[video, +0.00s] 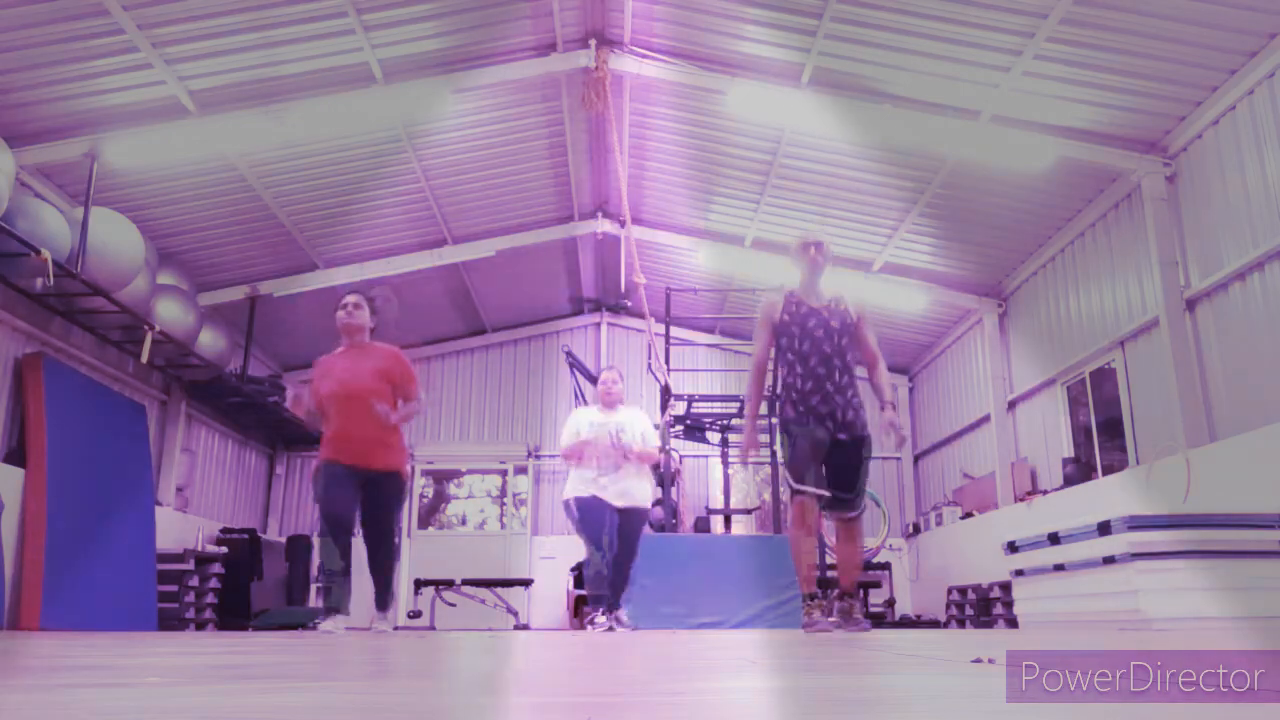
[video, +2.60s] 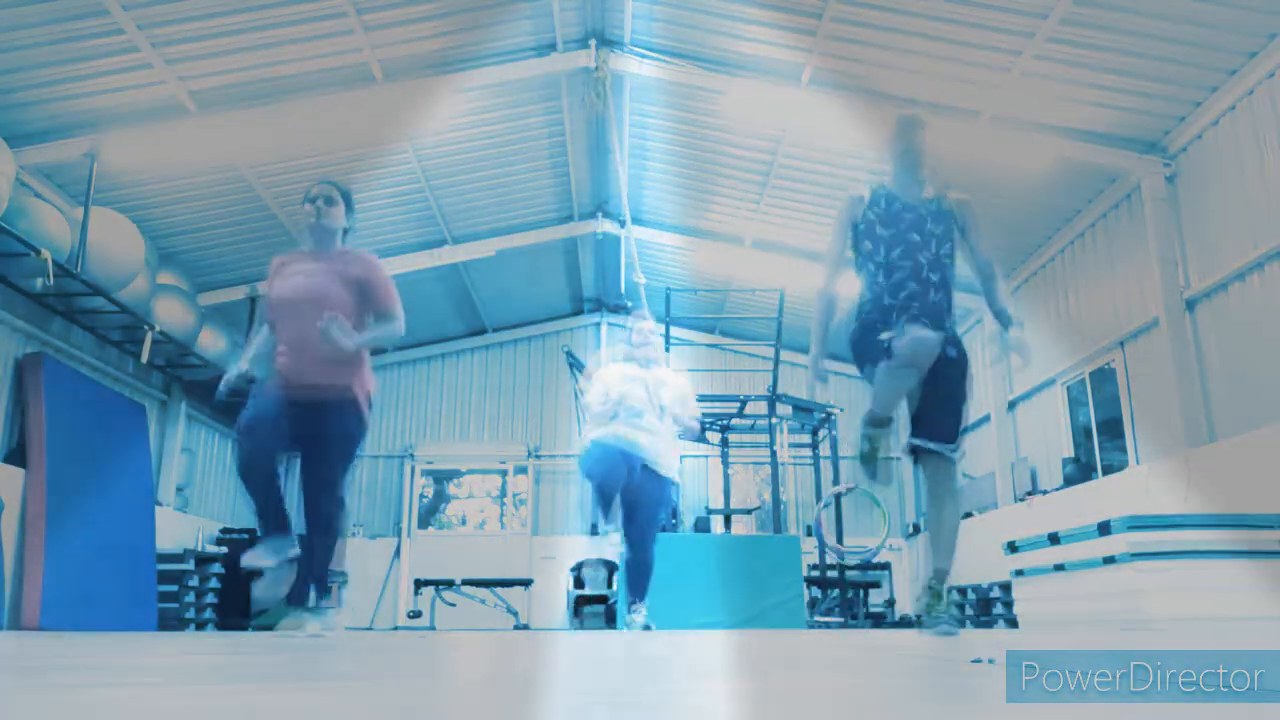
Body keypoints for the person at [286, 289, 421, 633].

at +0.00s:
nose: (349, 311)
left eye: (357, 307)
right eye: (343, 307)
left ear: (371, 319)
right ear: (336, 320)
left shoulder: (390, 356)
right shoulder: (324, 364)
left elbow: (415, 402)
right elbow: (319, 417)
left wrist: (396, 416)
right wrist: (300, 407)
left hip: (383, 463)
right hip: (338, 461)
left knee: (380, 536)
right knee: (335, 529)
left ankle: (383, 610)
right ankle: (335, 611)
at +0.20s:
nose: (350, 285)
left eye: (358, 280)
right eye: (344, 280)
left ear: (371, 291)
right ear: (334, 290)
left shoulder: (392, 330)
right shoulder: (319, 332)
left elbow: (413, 376)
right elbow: (304, 384)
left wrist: (397, 385)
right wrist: (320, 377)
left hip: (382, 430)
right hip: (336, 436)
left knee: (370, 480)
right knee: (336, 518)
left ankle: (378, 550)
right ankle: (338, 605)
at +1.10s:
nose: (349, 270)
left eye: (358, 266)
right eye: (343, 265)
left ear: (373, 278)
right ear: (335, 276)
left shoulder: (387, 321)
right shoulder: (324, 322)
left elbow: (407, 378)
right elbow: (318, 382)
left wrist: (351, 365)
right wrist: (295, 415)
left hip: (364, 435)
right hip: (320, 429)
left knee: (356, 528)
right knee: (289, 464)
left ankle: (354, 611)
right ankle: (302, 552)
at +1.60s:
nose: (317, 250)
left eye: (326, 244)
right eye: (311, 244)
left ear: (341, 256)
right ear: (301, 255)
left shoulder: (361, 303)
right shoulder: (281, 308)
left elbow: (388, 363)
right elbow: (262, 366)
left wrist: (383, 419)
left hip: (347, 427)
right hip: (294, 431)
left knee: (341, 501)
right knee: (291, 527)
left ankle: (349, 559)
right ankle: (298, 612)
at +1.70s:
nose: (320, 233)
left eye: (328, 227)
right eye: (312, 227)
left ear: (342, 238)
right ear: (301, 237)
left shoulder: (363, 287)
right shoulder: (280, 283)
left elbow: (389, 348)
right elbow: (254, 343)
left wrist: (390, 398)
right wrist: (268, 312)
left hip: (344, 392)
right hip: (294, 401)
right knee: (292, 509)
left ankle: (339, 531)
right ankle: (296, 606)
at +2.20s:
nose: (321, 216)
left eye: (331, 212)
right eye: (314, 210)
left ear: (346, 228)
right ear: (302, 223)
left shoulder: (361, 276)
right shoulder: (275, 271)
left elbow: (385, 338)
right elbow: (249, 329)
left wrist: (377, 371)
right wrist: (274, 335)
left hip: (337, 386)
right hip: (281, 389)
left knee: (311, 467)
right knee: (281, 485)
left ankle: (301, 586)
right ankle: (302, 581)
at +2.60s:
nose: (317, 208)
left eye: (328, 202)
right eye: (310, 201)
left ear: (346, 217)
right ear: (301, 213)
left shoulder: (363, 265)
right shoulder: (282, 265)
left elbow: (396, 326)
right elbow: (268, 327)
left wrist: (355, 340)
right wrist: (244, 365)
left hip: (339, 396)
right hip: (286, 392)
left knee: (322, 491)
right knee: (253, 440)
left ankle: (308, 603)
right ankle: (276, 535)